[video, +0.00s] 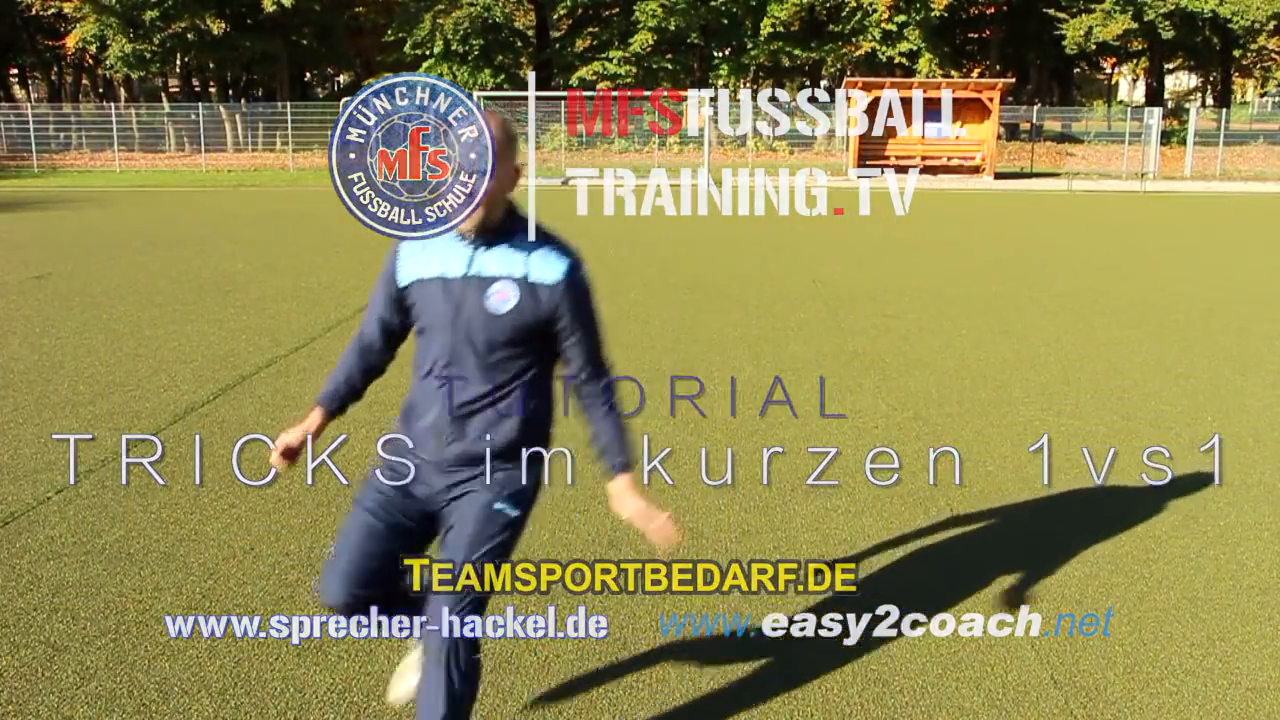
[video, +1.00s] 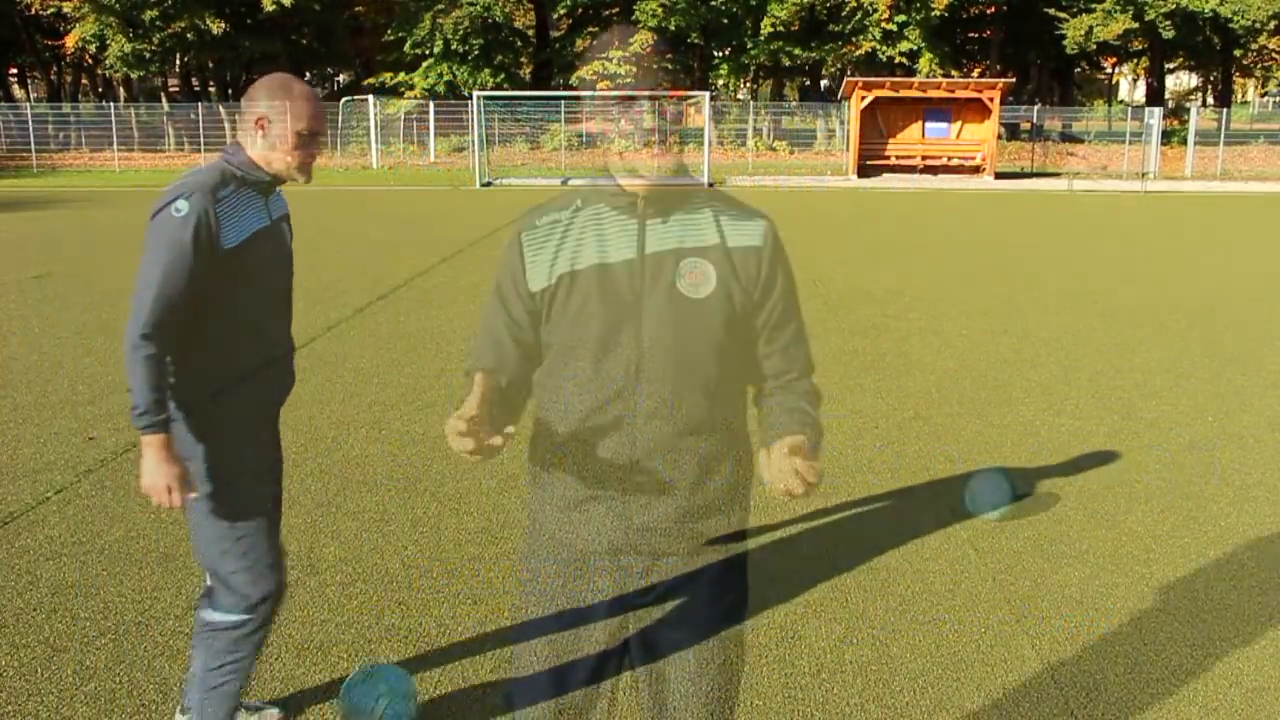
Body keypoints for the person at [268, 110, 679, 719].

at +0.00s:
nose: (472, 183)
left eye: (487, 168)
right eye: (461, 167)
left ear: (514, 175)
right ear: (444, 171)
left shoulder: (551, 267)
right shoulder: (415, 253)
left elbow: (591, 380)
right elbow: (371, 342)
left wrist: (621, 479)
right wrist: (317, 415)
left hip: (495, 473)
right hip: (411, 460)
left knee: (450, 620)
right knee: (345, 590)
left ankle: (439, 712)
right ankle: (441, 620)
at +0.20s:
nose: (386, 162)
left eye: (402, 148)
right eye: (373, 147)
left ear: (424, 156)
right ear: (349, 150)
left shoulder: (448, 250)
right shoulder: (296, 227)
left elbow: (477, 364)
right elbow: (262, 339)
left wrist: (439, 466)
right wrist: (233, 429)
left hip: (384, 462)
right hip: (286, 442)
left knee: (399, 627)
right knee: (211, 570)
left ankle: (420, 714)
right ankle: (222, 713)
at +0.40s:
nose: (299, 140)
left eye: (314, 125)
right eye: (283, 122)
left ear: (332, 127)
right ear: (248, 117)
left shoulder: (340, 219)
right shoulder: (173, 199)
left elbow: (351, 332)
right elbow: (98, 304)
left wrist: (358, 431)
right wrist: (58, 422)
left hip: (292, 447)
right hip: (184, 444)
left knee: (356, 623)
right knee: (136, 624)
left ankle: (371, 717)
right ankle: (86, 714)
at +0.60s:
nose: (254, 203)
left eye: (262, 189)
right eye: (239, 188)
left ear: (269, 186)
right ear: (191, 176)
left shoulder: (255, 274)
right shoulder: (107, 262)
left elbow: (258, 393)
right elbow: (14, 376)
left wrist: (261, 488)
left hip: (224, 502)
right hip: (127, 507)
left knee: (292, 621)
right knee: (96, 694)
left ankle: (252, 688)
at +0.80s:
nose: (287, 157)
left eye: (290, 143)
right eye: (274, 143)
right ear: (224, 134)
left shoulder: (262, 217)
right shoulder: (151, 218)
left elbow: (235, 326)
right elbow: (78, 337)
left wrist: (236, 412)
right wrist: (50, 450)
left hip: (234, 436)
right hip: (160, 446)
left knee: (249, 575)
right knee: (133, 624)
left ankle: (203, 703)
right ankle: (80, 712)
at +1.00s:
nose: (316, 150)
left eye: (319, 137)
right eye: (305, 138)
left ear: (275, 132)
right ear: (261, 129)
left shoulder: (265, 194)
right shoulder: (194, 207)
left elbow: (245, 313)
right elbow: (144, 334)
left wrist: (261, 401)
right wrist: (154, 442)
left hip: (256, 415)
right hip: (212, 425)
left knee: (247, 576)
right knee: (250, 588)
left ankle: (213, 697)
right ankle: (204, 711)